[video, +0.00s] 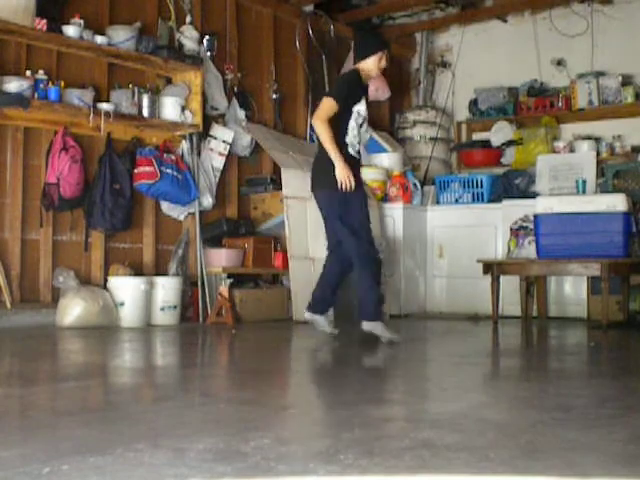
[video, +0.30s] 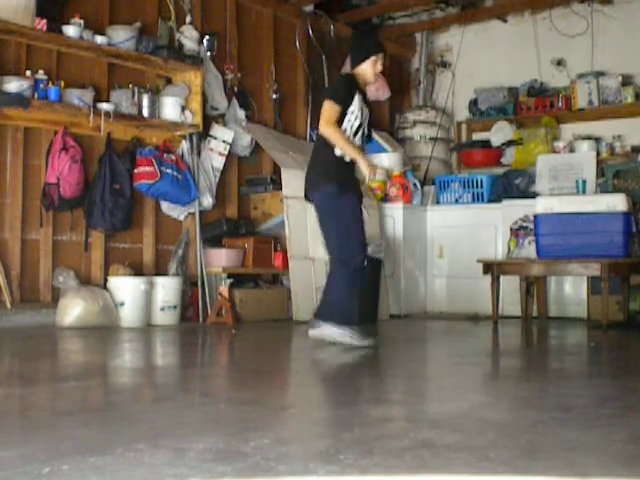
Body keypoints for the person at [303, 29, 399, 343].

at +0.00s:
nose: (384, 65)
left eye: (384, 59)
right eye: (382, 58)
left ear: (366, 57)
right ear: (370, 57)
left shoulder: (357, 86)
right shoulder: (350, 83)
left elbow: (346, 132)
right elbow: (319, 119)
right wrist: (339, 162)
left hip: (334, 178)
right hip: (339, 178)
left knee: (342, 248)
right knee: (363, 247)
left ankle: (317, 309)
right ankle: (371, 317)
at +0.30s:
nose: (380, 68)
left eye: (381, 62)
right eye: (376, 61)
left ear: (367, 63)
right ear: (360, 60)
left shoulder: (360, 97)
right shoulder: (343, 86)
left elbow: (354, 141)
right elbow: (326, 126)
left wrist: (367, 173)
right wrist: (359, 157)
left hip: (343, 182)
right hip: (330, 182)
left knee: (349, 254)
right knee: (349, 254)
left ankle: (326, 320)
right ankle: (335, 322)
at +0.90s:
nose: (343, 50)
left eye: (346, 43)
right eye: (336, 43)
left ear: (350, 46)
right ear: (321, 46)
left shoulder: (361, 82)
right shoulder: (300, 81)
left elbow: (377, 122)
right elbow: (281, 129)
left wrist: (360, 155)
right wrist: (286, 173)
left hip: (344, 185)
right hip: (305, 185)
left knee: (353, 255)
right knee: (293, 255)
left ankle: (358, 321)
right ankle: (286, 322)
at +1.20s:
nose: (331, 62)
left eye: (336, 55)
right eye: (324, 55)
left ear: (342, 57)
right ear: (311, 59)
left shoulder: (359, 84)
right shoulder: (297, 98)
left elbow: (386, 106)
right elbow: (280, 145)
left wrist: (401, 145)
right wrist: (271, 187)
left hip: (359, 179)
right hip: (326, 182)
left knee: (347, 245)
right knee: (322, 253)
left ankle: (335, 315)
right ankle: (356, 316)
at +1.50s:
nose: (344, 65)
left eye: (349, 59)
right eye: (338, 58)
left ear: (354, 63)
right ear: (324, 58)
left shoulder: (367, 95)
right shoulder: (304, 95)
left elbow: (410, 117)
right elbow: (283, 135)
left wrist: (405, 161)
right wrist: (268, 179)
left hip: (356, 187)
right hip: (320, 188)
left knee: (353, 249)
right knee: (324, 253)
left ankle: (350, 308)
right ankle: (320, 321)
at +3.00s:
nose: (345, 34)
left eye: (349, 27)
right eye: (338, 28)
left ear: (357, 32)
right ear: (325, 32)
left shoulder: (366, 68)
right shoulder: (304, 62)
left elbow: (360, 105)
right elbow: (275, 96)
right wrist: (248, 130)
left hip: (335, 169)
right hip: (304, 164)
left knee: (316, 249)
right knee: (322, 246)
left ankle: (263, 326)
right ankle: (307, 336)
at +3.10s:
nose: (336, 29)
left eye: (342, 22)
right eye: (328, 22)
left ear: (351, 25)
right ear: (317, 26)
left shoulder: (362, 65)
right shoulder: (298, 56)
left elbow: (367, 119)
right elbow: (272, 103)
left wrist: (368, 164)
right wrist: (256, 145)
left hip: (332, 174)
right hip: (294, 165)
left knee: (324, 254)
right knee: (296, 243)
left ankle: (285, 322)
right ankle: (287, 328)